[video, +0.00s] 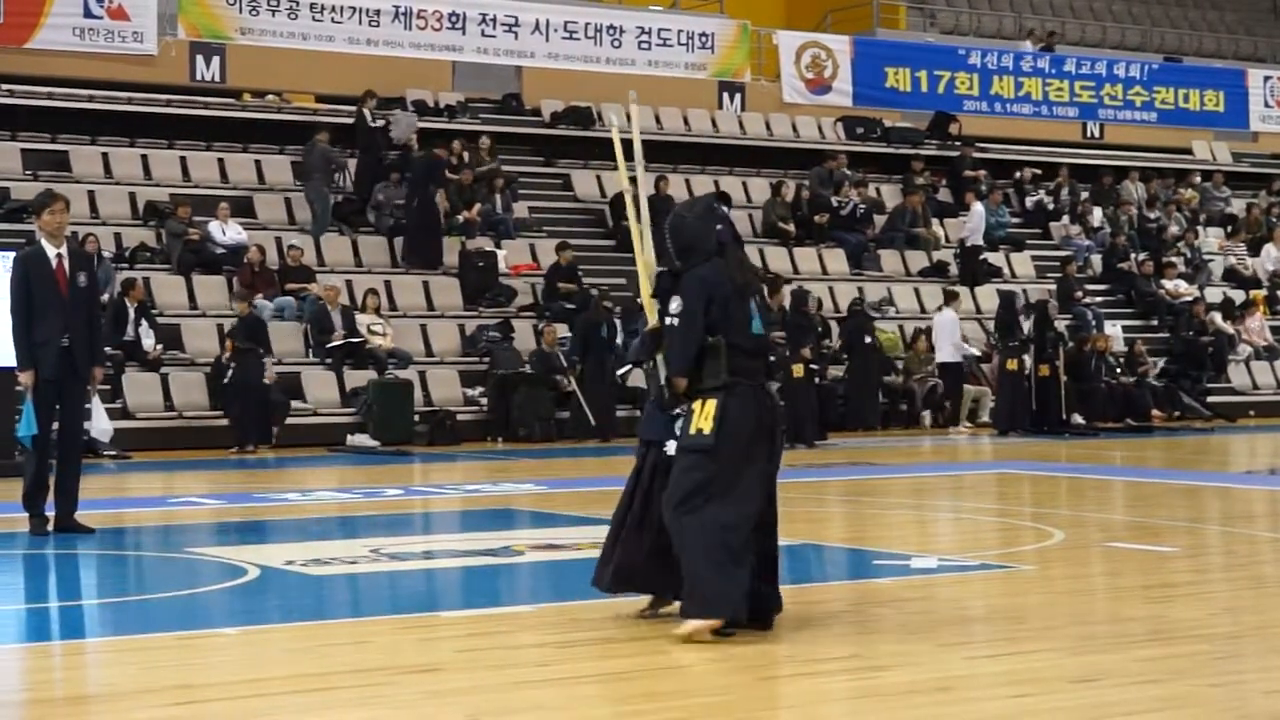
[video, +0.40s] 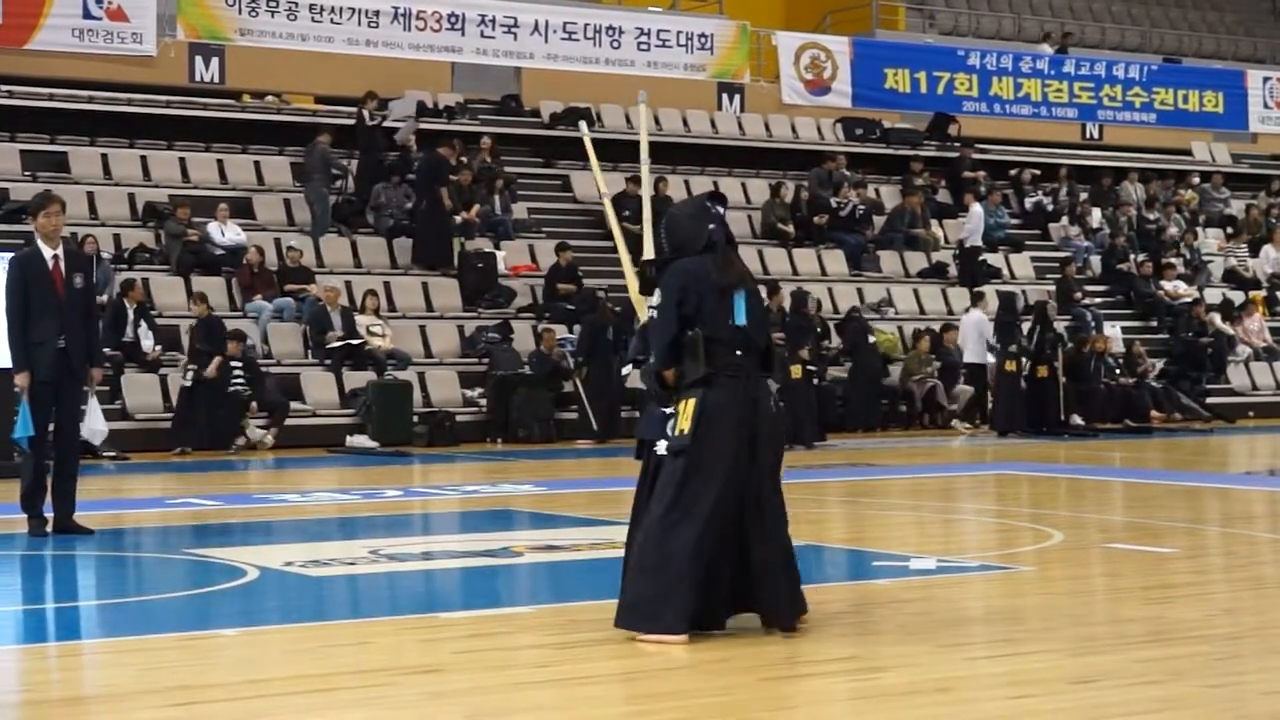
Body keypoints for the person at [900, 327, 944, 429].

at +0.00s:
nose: (924, 344)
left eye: (925, 341)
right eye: (920, 341)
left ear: (928, 343)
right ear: (914, 344)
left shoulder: (931, 358)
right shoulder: (910, 358)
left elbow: (933, 371)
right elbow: (913, 370)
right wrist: (928, 369)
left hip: (928, 379)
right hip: (913, 379)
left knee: (935, 387)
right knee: (915, 388)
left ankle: (928, 414)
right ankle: (917, 417)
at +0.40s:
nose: (928, 344)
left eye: (928, 341)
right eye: (925, 341)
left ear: (929, 343)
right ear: (918, 343)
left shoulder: (928, 357)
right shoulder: (912, 356)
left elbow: (932, 372)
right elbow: (913, 370)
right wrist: (929, 370)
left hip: (923, 380)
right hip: (909, 380)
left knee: (935, 386)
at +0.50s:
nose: (928, 344)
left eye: (929, 342)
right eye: (926, 341)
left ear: (929, 344)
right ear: (918, 343)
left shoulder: (928, 358)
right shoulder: (912, 356)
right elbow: (914, 371)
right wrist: (929, 370)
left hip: (922, 380)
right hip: (909, 380)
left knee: (934, 386)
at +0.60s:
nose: (927, 344)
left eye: (927, 341)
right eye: (924, 341)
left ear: (928, 343)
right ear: (917, 342)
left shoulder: (927, 357)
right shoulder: (912, 356)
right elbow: (914, 370)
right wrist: (929, 370)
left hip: (922, 379)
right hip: (908, 379)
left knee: (936, 385)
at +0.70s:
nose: (924, 344)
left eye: (925, 341)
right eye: (921, 340)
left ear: (927, 343)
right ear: (915, 342)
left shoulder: (926, 357)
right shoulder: (911, 356)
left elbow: (931, 369)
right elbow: (912, 371)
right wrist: (928, 372)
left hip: (922, 380)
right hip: (909, 379)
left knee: (935, 387)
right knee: (911, 385)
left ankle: (931, 417)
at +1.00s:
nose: (913, 343)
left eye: (914, 341)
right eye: (910, 341)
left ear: (917, 343)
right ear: (905, 344)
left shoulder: (920, 356)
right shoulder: (901, 358)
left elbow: (929, 364)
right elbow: (908, 372)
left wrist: (922, 369)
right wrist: (924, 369)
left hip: (922, 380)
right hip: (909, 380)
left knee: (935, 389)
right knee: (911, 386)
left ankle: (932, 418)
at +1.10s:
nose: (910, 343)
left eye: (912, 340)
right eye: (907, 341)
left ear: (914, 342)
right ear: (902, 344)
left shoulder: (917, 355)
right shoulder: (901, 356)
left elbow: (927, 363)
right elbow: (907, 373)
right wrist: (924, 367)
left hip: (921, 380)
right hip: (908, 381)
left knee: (933, 390)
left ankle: (933, 418)